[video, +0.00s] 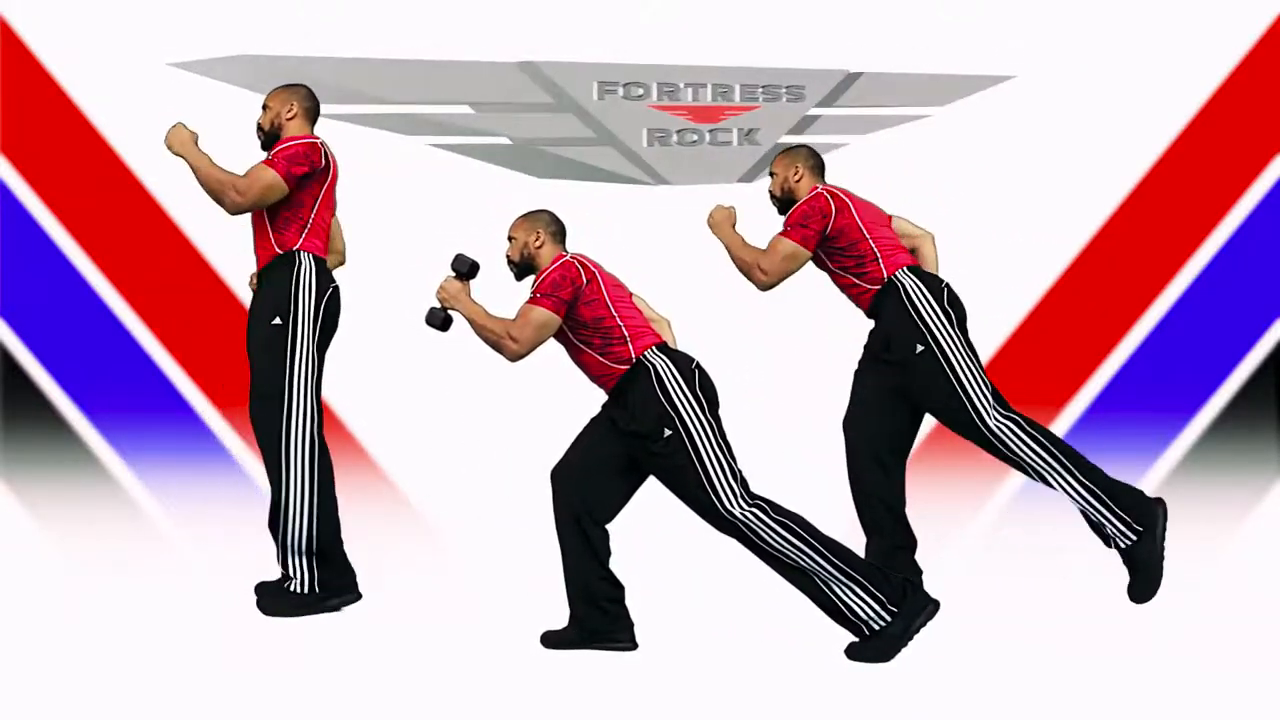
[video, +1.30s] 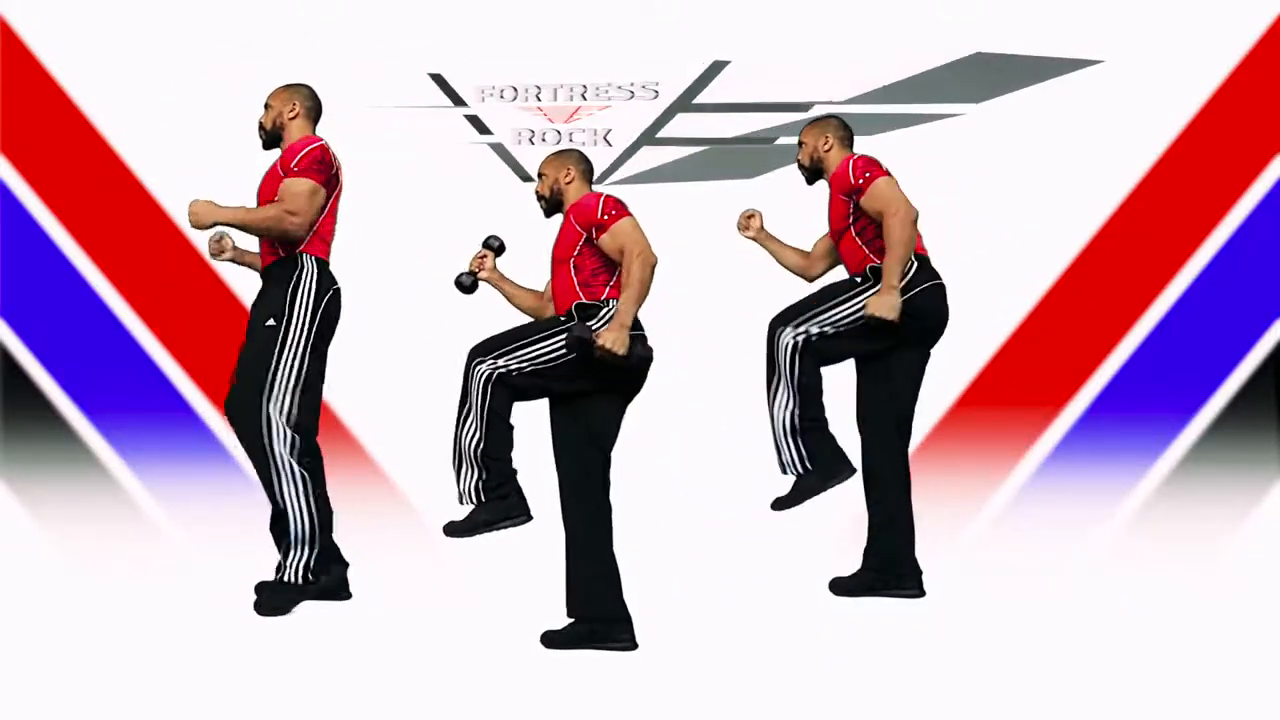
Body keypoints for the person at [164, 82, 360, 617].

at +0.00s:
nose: (259, 118)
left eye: (265, 108)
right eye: (261, 111)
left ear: (291, 108)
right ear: (300, 114)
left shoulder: (303, 148)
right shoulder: (308, 160)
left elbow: (238, 196)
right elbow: (333, 250)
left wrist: (191, 151)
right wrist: (271, 276)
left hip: (294, 286)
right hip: (297, 288)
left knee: (286, 423)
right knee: (288, 425)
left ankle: (308, 579)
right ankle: (325, 571)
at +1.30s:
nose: (261, 114)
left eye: (267, 105)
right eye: (263, 106)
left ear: (290, 108)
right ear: (295, 112)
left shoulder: (310, 149)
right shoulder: (283, 169)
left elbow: (294, 219)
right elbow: (287, 259)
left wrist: (221, 214)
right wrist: (240, 252)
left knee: (278, 417)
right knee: (245, 411)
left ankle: (303, 564)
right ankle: (315, 555)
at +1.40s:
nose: (260, 119)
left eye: (267, 109)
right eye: (262, 111)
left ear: (291, 111)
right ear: (293, 115)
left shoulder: (310, 151)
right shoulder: (283, 174)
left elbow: (329, 216)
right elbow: (268, 260)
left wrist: (255, 241)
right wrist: (217, 220)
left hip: (302, 286)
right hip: (295, 291)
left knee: (216, 374)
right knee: (289, 433)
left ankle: (254, 522)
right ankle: (315, 570)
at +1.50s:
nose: (260, 118)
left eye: (267, 109)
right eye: (262, 111)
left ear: (292, 112)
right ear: (292, 116)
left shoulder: (311, 149)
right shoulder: (287, 177)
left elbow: (354, 209)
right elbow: (236, 234)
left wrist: (299, 253)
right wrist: (208, 183)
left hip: (296, 287)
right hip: (301, 298)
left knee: (189, 332)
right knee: (292, 440)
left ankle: (215, 464)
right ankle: (314, 572)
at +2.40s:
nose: (261, 124)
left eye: (267, 114)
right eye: (262, 116)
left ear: (293, 116)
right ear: (295, 120)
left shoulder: (312, 156)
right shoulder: (286, 185)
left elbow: (356, 215)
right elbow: (230, 232)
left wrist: (309, 261)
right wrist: (207, 179)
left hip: (295, 284)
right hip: (298, 299)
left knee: (182, 300)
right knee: (285, 437)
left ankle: (194, 430)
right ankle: (316, 571)